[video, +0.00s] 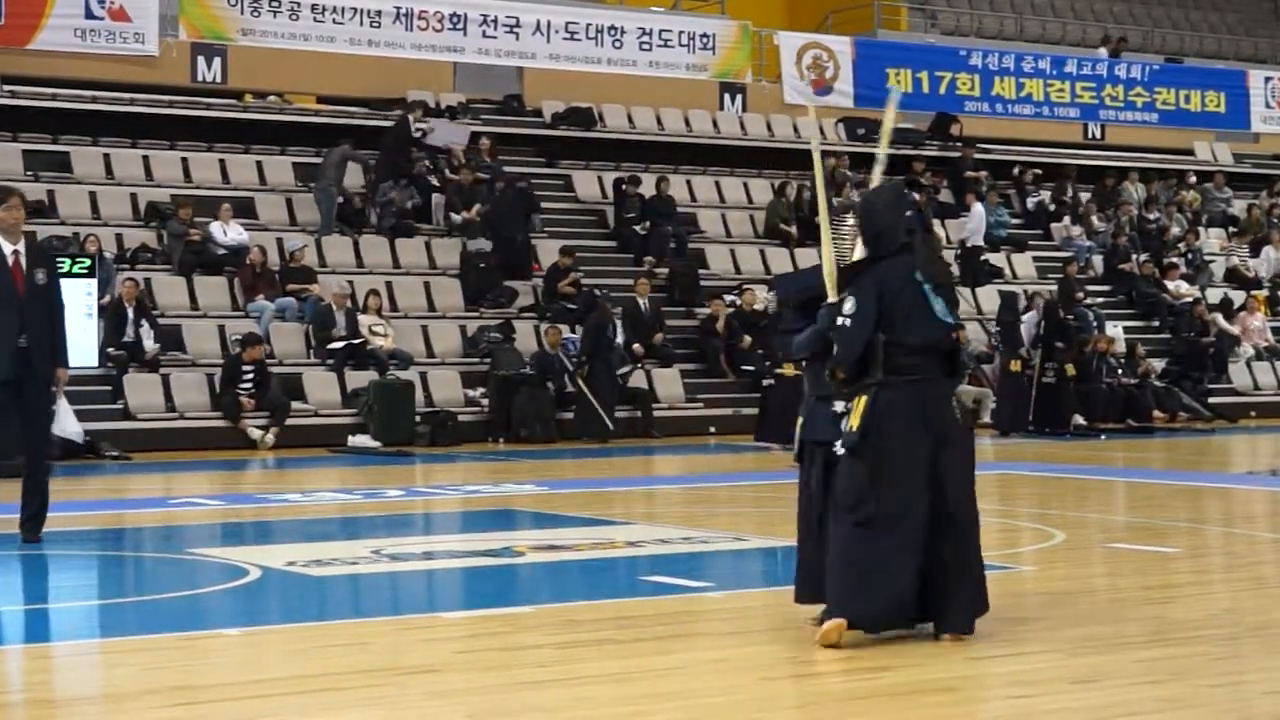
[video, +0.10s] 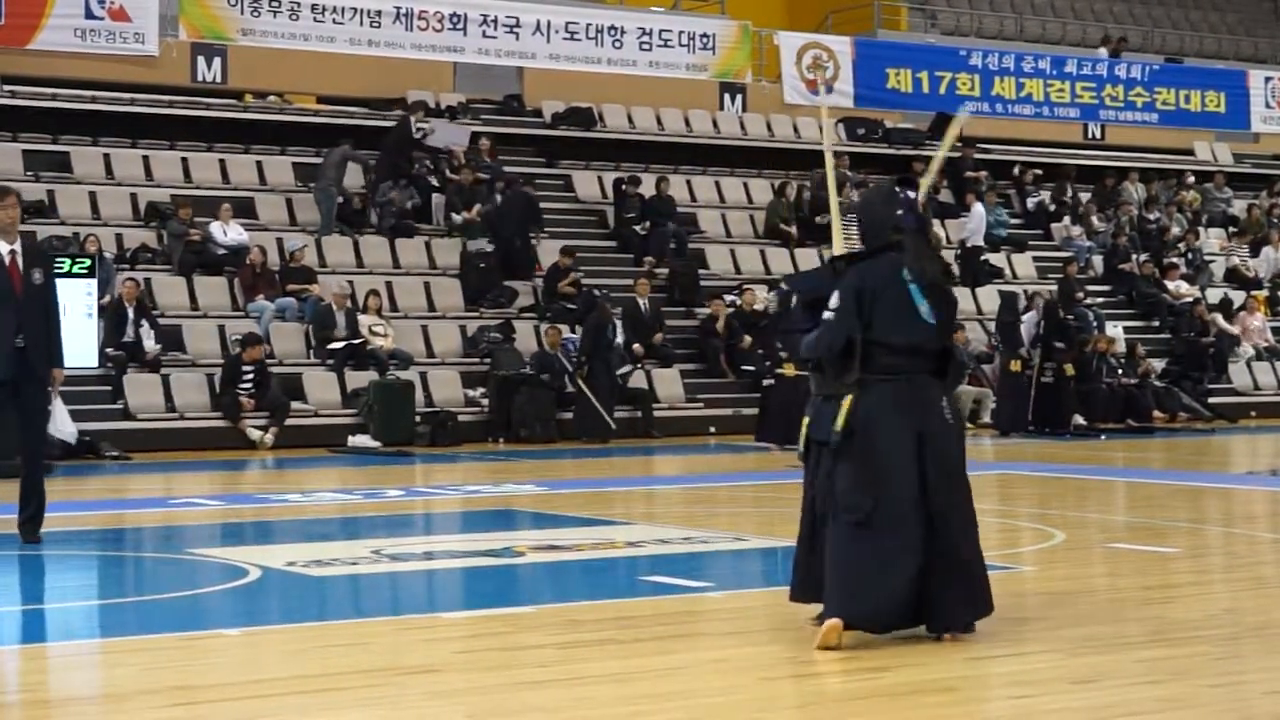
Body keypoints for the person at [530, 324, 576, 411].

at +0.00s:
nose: (556, 338)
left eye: (558, 335)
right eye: (552, 335)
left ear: (561, 337)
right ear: (546, 338)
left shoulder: (564, 355)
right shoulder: (537, 357)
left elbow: (572, 371)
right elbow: (537, 378)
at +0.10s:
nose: (554, 339)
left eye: (556, 335)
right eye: (551, 336)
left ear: (560, 337)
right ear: (545, 338)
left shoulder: (565, 354)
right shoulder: (537, 357)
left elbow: (572, 372)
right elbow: (535, 379)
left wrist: (576, 386)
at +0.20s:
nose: (554, 339)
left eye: (556, 335)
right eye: (551, 336)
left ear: (560, 337)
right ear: (545, 338)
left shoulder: (564, 354)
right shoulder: (537, 357)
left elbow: (571, 372)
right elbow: (538, 379)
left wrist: (576, 387)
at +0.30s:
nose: (553, 339)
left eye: (556, 335)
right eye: (550, 335)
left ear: (561, 337)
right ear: (546, 338)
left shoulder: (566, 355)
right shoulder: (537, 356)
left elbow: (571, 375)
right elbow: (534, 379)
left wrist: (577, 389)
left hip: (563, 392)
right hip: (544, 394)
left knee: (580, 398)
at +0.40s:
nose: (553, 338)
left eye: (556, 334)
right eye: (550, 335)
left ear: (560, 337)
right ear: (546, 338)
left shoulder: (566, 355)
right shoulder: (537, 357)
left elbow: (571, 374)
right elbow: (536, 379)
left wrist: (577, 389)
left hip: (563, 392)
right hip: (544, 394)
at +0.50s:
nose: (554, 338)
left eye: (556, 334)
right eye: (550, 335)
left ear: (559, 336)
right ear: (545, 339)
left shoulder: (565, 354)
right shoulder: (537, 357)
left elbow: (570, 372)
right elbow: (536, 378)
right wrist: (548, 389)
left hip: (563, 391)